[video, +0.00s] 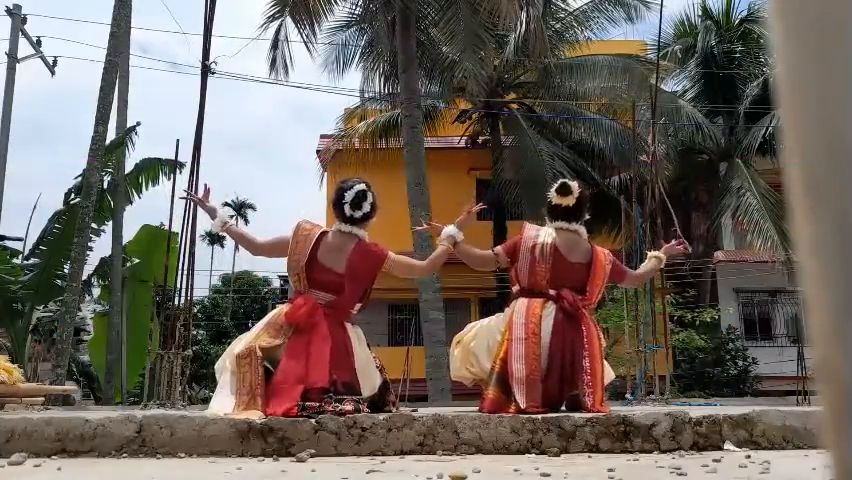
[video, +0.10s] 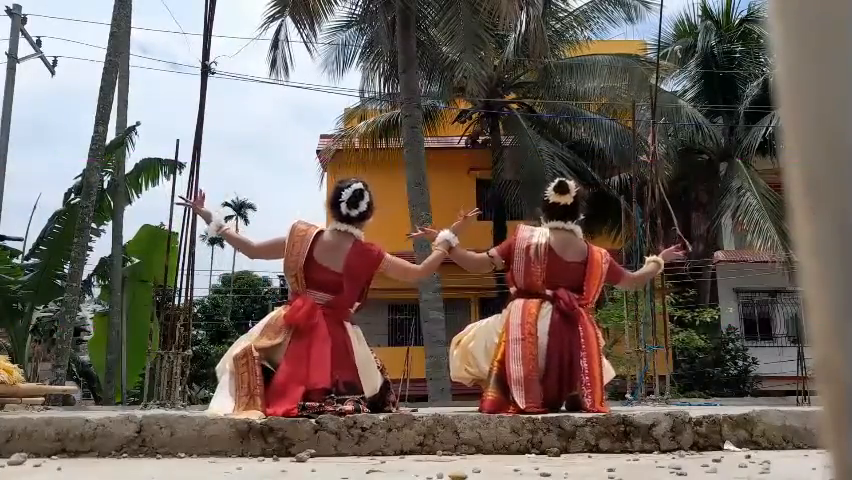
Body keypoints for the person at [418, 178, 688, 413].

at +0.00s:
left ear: (549, 208)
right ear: (584, 212)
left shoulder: (528, 238)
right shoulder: (595, 253)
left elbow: (486, 260)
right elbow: (633, 278)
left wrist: (452, 240)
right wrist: (659, 257)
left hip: (524, 323)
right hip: (573, 329)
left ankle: (513, 397)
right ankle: (576, 397)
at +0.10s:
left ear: (545, 208)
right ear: (580, 213)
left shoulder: (522, 238)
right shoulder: (593, 254)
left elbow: (479, 262)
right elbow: (631, 280)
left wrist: (447, 245)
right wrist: (655, 264)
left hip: (520, 329)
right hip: (572, 335)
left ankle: (513, 397)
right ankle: (572, 397)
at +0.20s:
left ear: (538, 208)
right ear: (574, 212)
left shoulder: (516, 241)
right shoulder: (588, 253)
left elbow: (473, 265)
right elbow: (628, 281)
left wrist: (442, 250)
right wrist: (655, 267)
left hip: (518, 331)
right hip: (569, 334)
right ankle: (573, 400)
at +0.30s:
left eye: (534, 207)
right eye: (558, 207)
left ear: (531, 210)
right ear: (566, 212)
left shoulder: (510, 242)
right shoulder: (585, 251)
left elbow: (469, 267)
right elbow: (623, 282)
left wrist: (434, 254)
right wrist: (653, 268)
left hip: (517, 334)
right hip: (569, 336)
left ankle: (510, 398)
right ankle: (569, 397)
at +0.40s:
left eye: (526, 208)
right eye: (549, 208)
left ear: (524, 211)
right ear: (558, 212)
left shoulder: (503, 243)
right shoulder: (579, 250)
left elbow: (463, 268)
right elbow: (620, 280)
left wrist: (428, 258)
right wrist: (651, 269)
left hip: (515, 333)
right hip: (567, 334)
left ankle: (513, 399)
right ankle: (572, 398)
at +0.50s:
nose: (511, 213)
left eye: (513, 208)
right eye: (521, 207)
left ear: (517, 211)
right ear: (551, 212)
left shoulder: (495, 244)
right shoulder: (573, 248)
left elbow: (453, 269)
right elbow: (616, 279)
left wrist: (421, 255)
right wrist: (649, 266)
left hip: (512, 333)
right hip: (566, 333)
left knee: (510, 404)